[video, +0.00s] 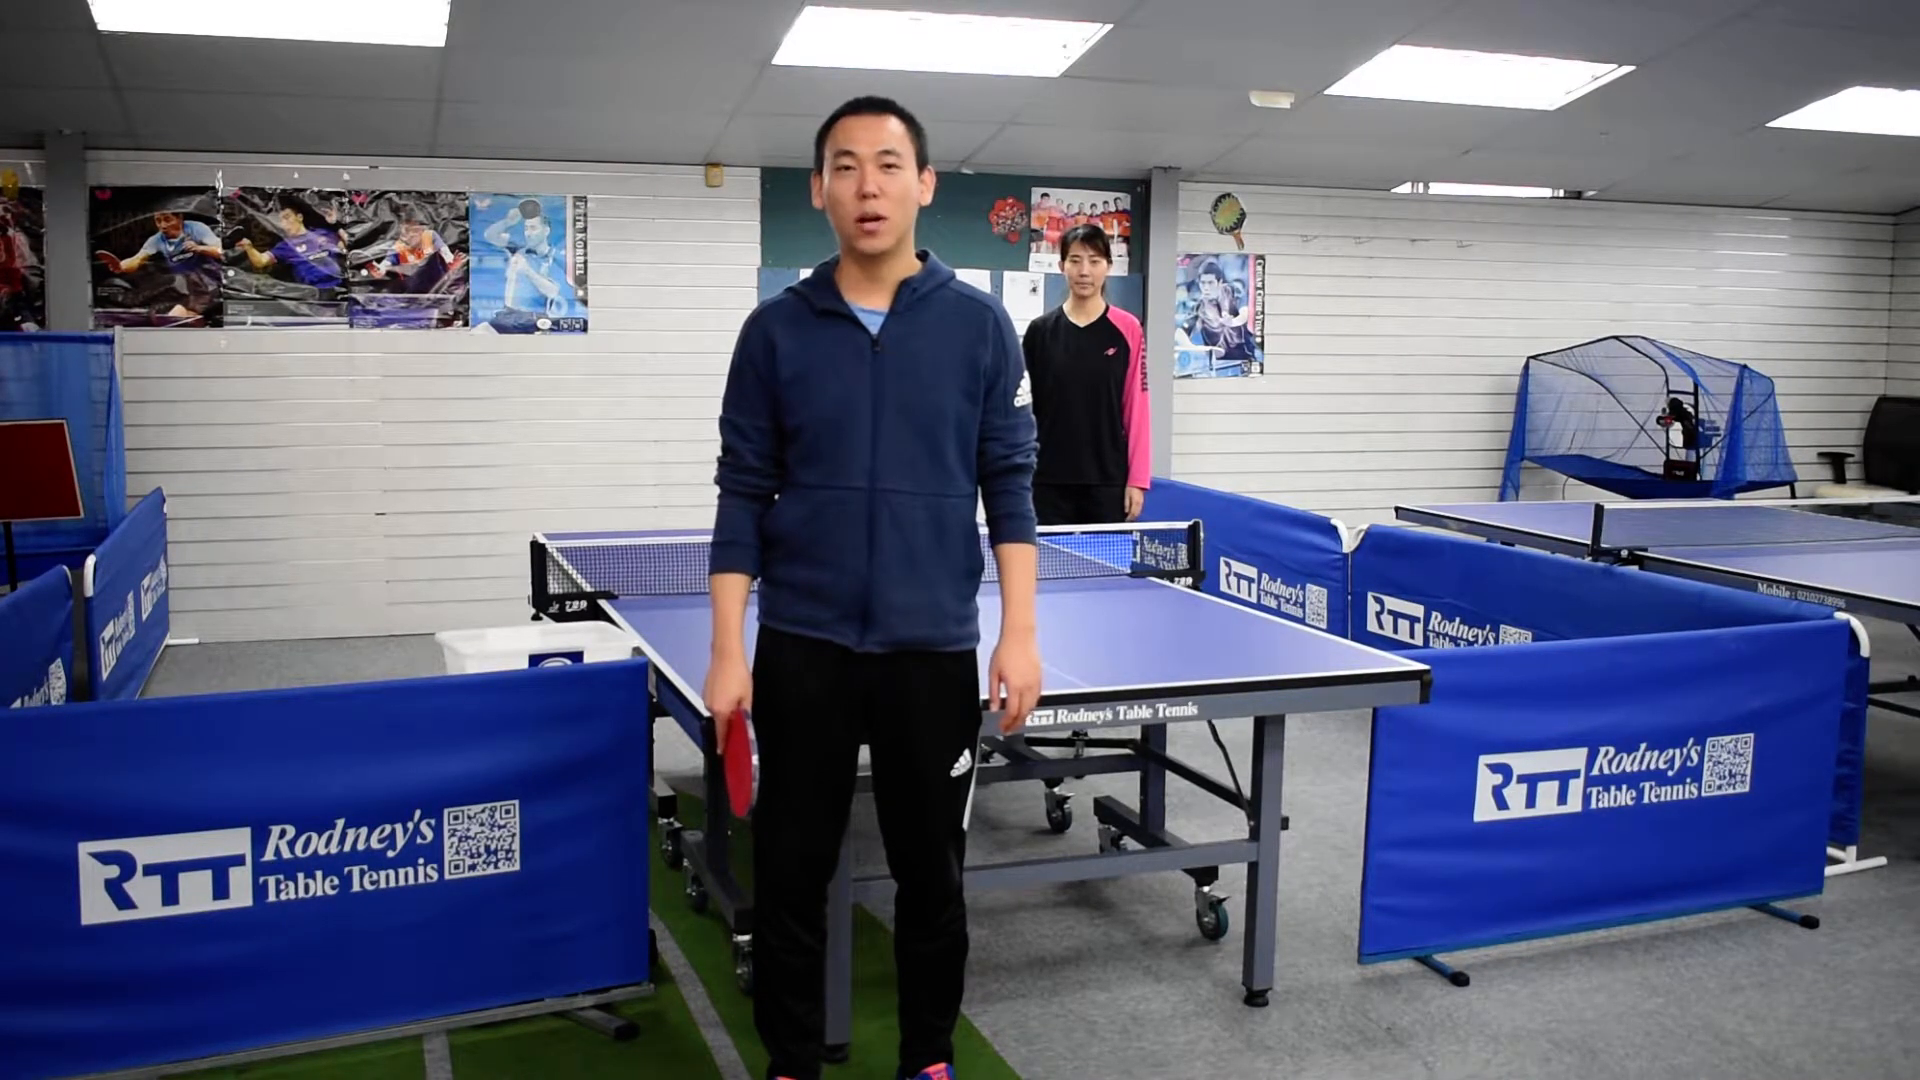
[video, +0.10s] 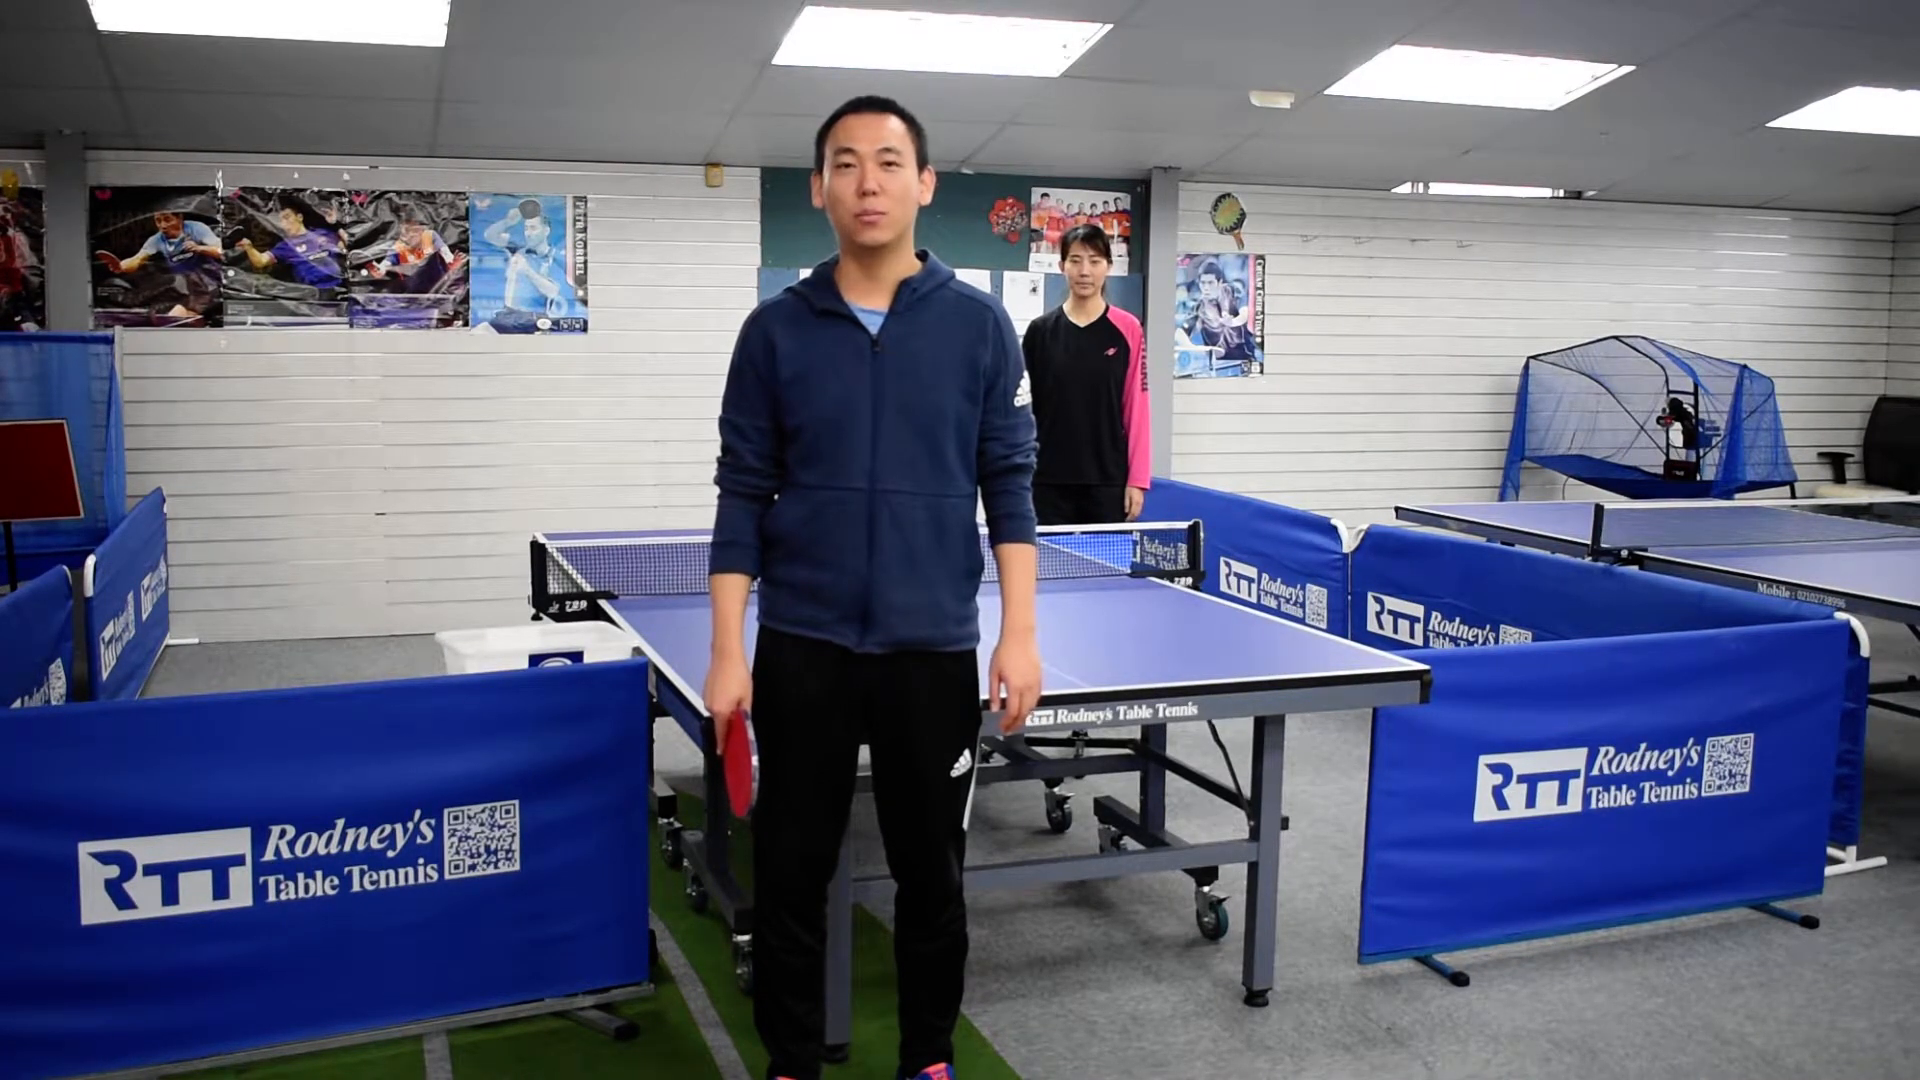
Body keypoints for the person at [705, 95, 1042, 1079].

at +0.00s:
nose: (866, 185)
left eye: (888, 165)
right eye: (844, 166)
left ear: (924, 188)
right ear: (820, 192)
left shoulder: (979, 327)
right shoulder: (776, 330)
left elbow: (1011, 485)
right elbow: (740, 490)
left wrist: (1020, 633)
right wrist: (727, 649)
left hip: (932, 645)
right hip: (804, 644)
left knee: (930, 874)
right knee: (789, 875)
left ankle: (929, 1060)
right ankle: (791, 1062)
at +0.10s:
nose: (866, 181)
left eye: (888, 163)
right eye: (845, 164)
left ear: (924, 188)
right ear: (820, 190)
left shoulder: (978, 326)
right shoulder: (775, 329)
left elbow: (1011, 485)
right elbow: (740, 491)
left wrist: (1020, 633)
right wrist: (727, 650)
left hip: (932, 646)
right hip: (803, 644)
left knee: (930, 875)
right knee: (789, 877)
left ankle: (929, 1061)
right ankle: (791, 1062)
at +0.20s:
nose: (866, 180)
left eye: (888, 162)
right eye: (845, 163)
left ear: (923, 187)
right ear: (820, 190)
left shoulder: (977, 325)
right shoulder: (775, 329)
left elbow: (1010, 484)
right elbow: (740, 490)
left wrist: (1019, 633)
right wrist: (727, 650)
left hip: (932, 645)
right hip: (804, 644)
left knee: (930, 875)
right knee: (789, 876)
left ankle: (929, 1061)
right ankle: (791, 1062)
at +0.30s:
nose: (866, 181)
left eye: (889, 162)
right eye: (845, 163)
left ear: (923, 188)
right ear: (821, 190)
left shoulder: (977, 325)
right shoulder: (775, 329)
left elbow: (1010, 483)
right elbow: (740, 491)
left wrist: (1020, 633)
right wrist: (727, 651)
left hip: (931, 645)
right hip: (803, 643)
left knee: (930, 874)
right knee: (788, 875)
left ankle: (929, 1060)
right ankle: (791, 1061)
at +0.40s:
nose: (866, 184)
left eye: (888, 165)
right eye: (845, 166)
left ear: (924, 189)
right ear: (820, 192)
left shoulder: (977, 326)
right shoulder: (775, 329)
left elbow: (1010, 483)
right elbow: (740, 491)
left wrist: (1019, 633)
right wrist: (728, 651)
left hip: (932, 645)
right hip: (804, 643)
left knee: (930, 873)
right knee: (789, 875)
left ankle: (929, 1060)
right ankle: (791, 1061)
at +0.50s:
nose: (866, 190)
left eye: (888, 170)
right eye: (845, 171)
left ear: (923, 190)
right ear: (821, 193)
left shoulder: (977, 327)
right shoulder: (775, 330)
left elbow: (1010, 483)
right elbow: (740, 491)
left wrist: (1019, 633)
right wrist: (727, 651)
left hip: (931, 645)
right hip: (803, 643)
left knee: (930, 874)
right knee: (789, 875)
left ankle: (929, 1060)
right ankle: (791, 1061)